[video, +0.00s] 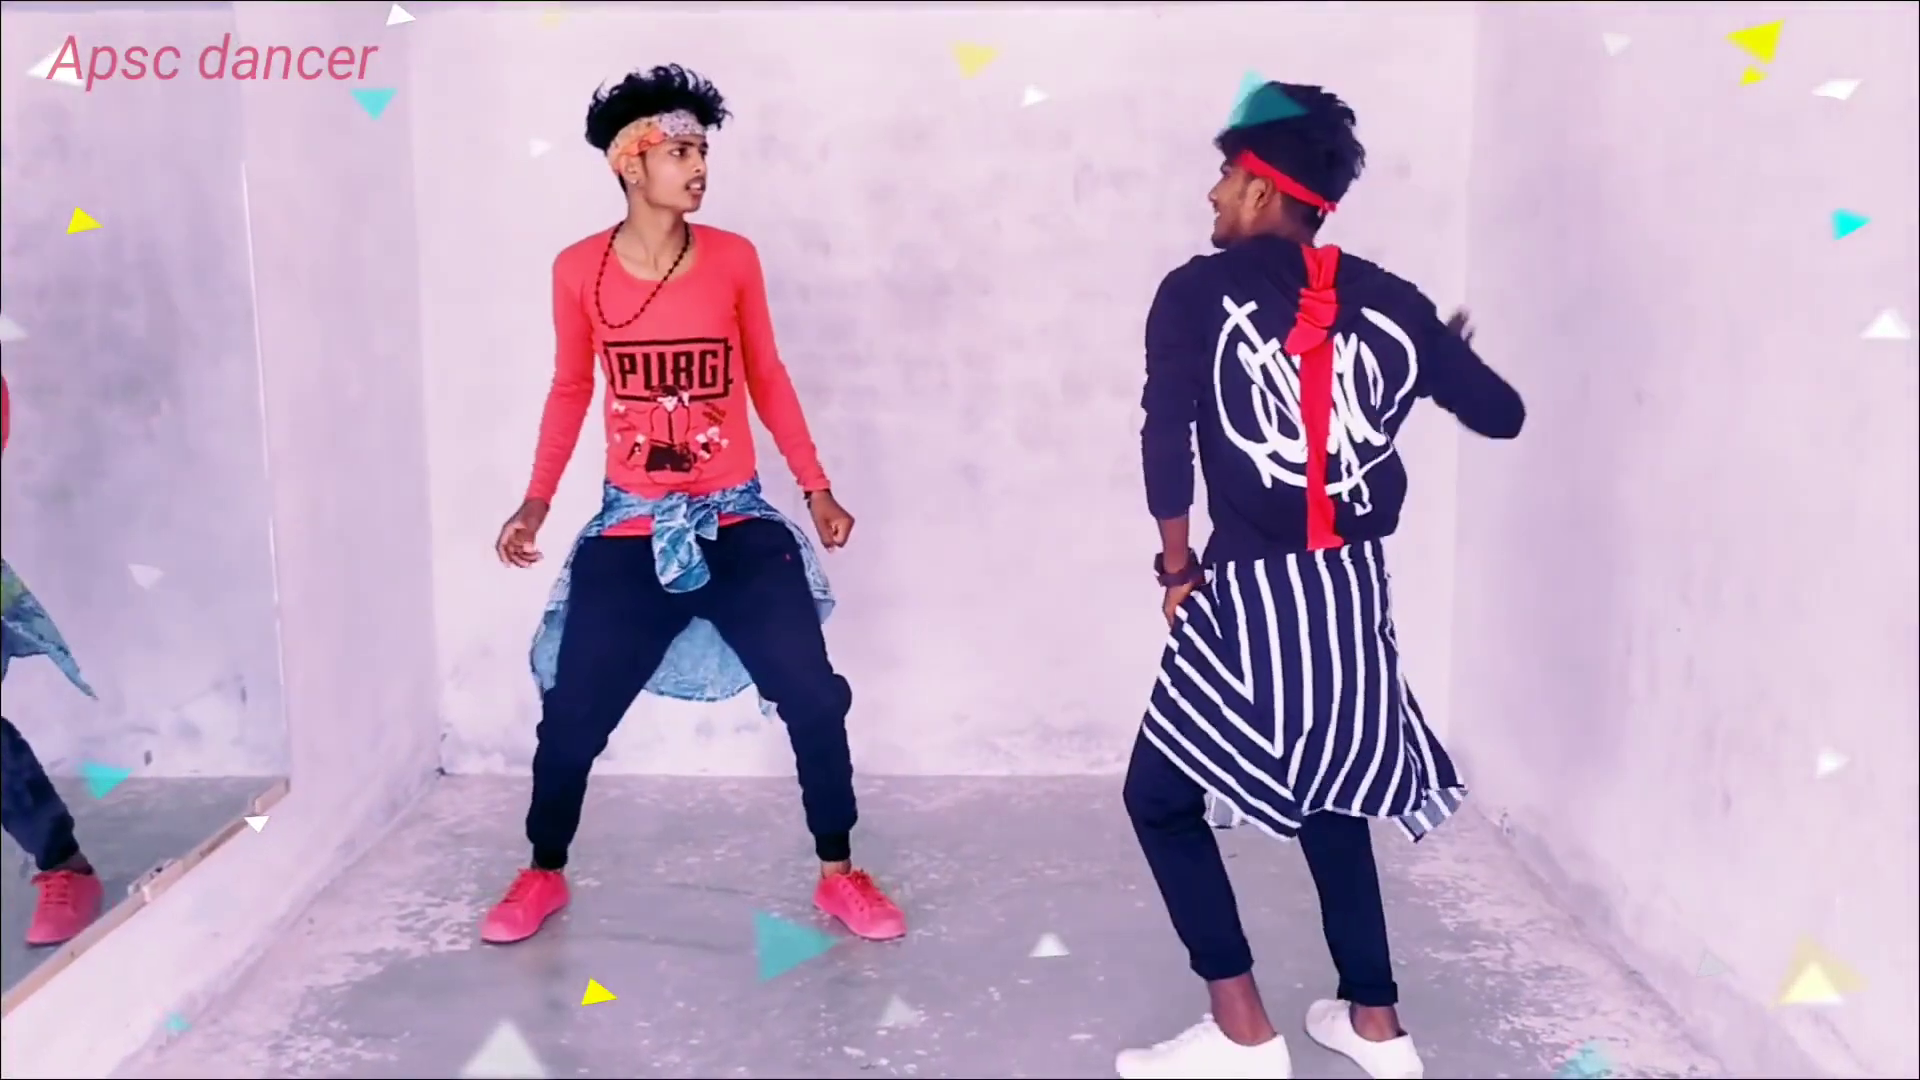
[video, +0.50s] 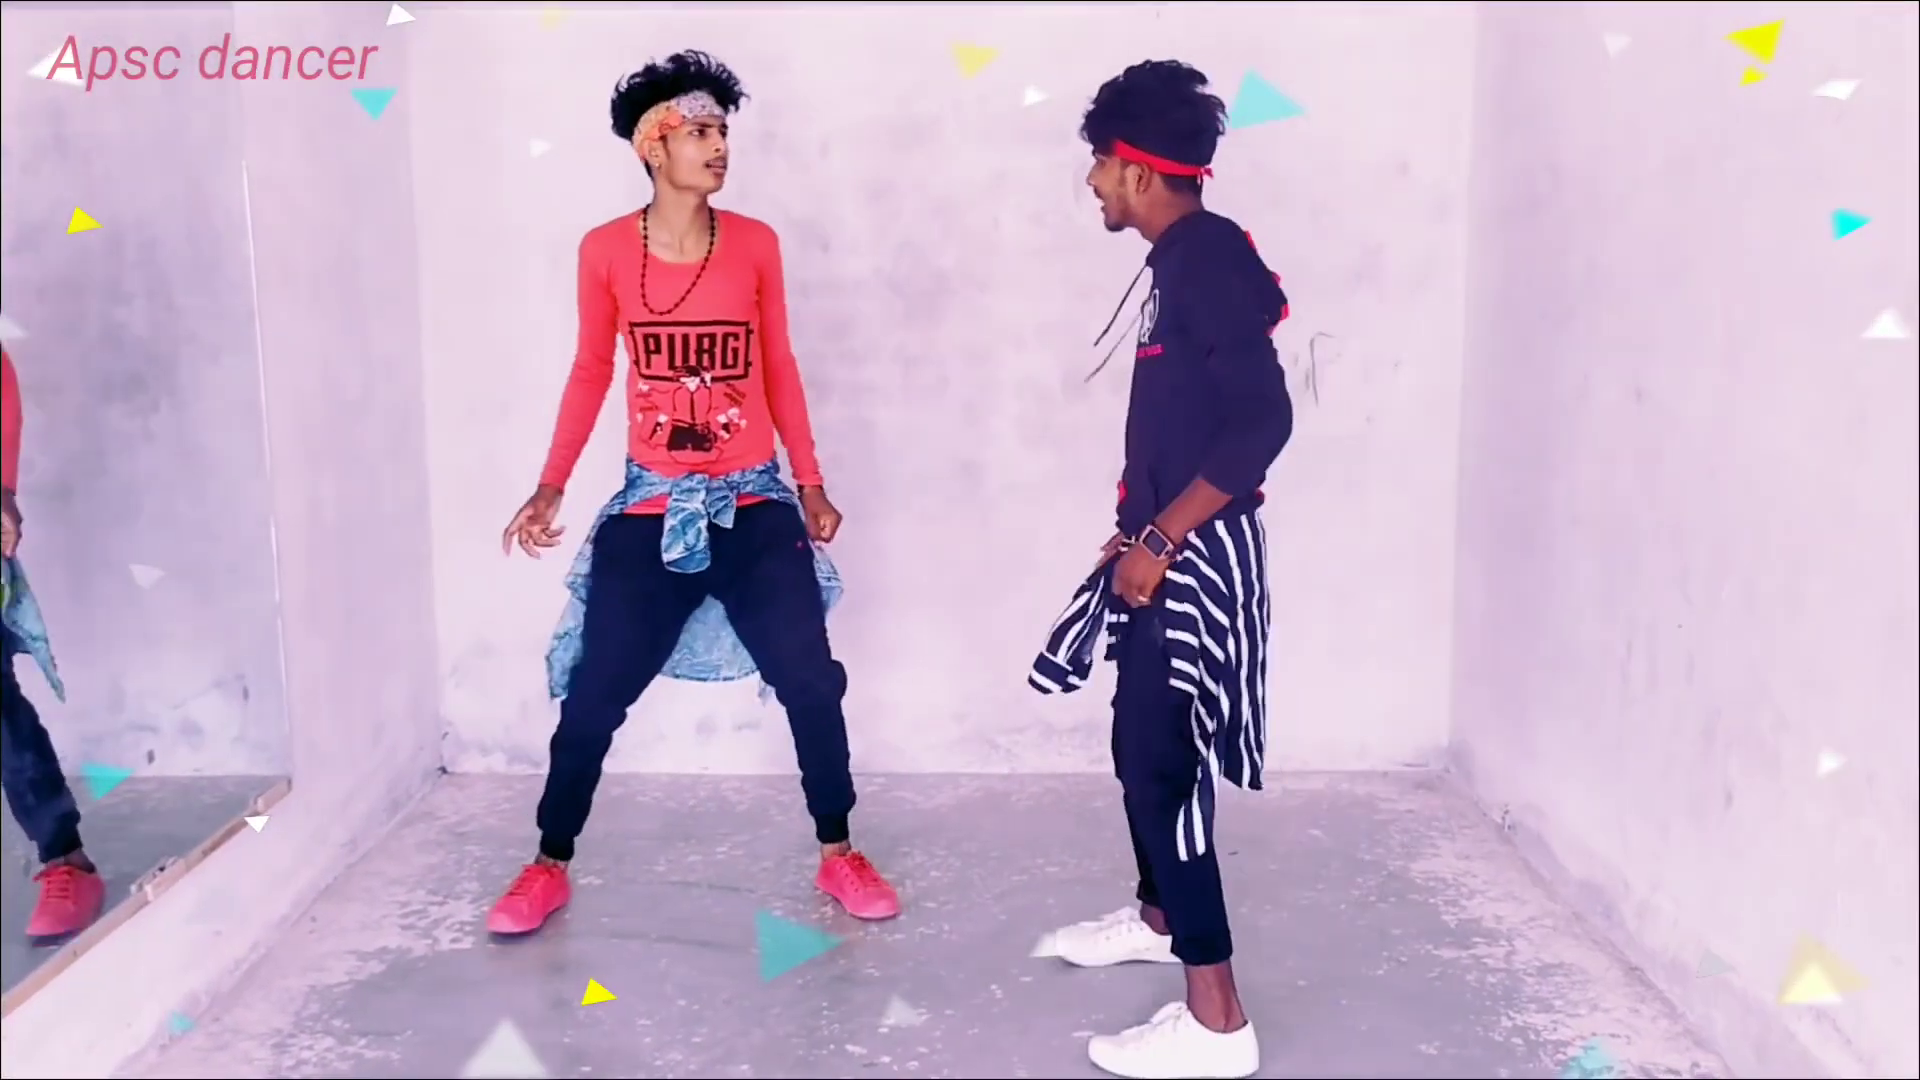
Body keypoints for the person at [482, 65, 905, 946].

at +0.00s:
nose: (696, 165)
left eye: (700, 149)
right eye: (674, 150)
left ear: (705, 161)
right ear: (625, 166)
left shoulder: (732, 260)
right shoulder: (581, 270)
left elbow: (766, 379)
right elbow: (570, 387)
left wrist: (816, 486)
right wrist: (537, 499)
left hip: (738, 524)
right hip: (629, 531)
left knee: (815, 698)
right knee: (572, 718)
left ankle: (839, 872)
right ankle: (543, 874)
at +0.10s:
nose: (696, 164)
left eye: (700, 148)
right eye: (675, 148)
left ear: (704, 160)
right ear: (624, 164)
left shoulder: (726, 259)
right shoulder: (577, 268)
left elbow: (755, 380)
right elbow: (570, 387)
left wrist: (806, 488)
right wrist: (551, 512)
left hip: (725, 523)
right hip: (618, 529)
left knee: (802, 691)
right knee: (567, 710)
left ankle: (838, 870)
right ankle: (542, 873)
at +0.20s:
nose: (690, 161)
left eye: (694, 144)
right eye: (668, 145)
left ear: (698, 155)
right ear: (619, 160)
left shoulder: (718, 254)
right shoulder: (569, 262)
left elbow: (740, 378)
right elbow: (557, 383)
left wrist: (781, 487)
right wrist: (550, 508)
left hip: (718, 515)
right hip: (612, 522)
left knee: (792, 680)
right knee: (560, 705)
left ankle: (836, 866)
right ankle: (541, 872)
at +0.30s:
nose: (686, 147)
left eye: (690, 132)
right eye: (663, 132)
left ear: (696, 149)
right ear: (615, 154)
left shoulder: (721, 250)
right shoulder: (572, 256)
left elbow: (735, 373)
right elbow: (548, 376)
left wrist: (761, 486)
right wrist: (538, 503)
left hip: (717, 510)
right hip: (613, 515)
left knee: (793, 675)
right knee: (565, 699)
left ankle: (837, 857)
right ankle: (542, 871)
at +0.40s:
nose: (695, 147)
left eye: (701, 131)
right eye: (672, 133)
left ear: (710, 145)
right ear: (628, 155)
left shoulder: (735, 252)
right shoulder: (585, 256)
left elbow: (751, 374)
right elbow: (561, 376)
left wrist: (780, 487)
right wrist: (532, 495)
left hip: (732, 511)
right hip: (628, 515)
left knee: (799, 683)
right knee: (573, 704)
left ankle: (836, 853)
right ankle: (545, 870)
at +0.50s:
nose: (716, 145)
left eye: (721, 128)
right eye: (694, 131)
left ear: (729, 141)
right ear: (648, 149)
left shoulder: (755, 245)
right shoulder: (607, 251)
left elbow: (778, 366)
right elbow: (592, 369)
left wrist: (810, 482)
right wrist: (550, 486)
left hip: (758, 504)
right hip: (652, 510)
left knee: (809, 677)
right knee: (597, 691)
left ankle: (839, 852)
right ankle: (550, 866)